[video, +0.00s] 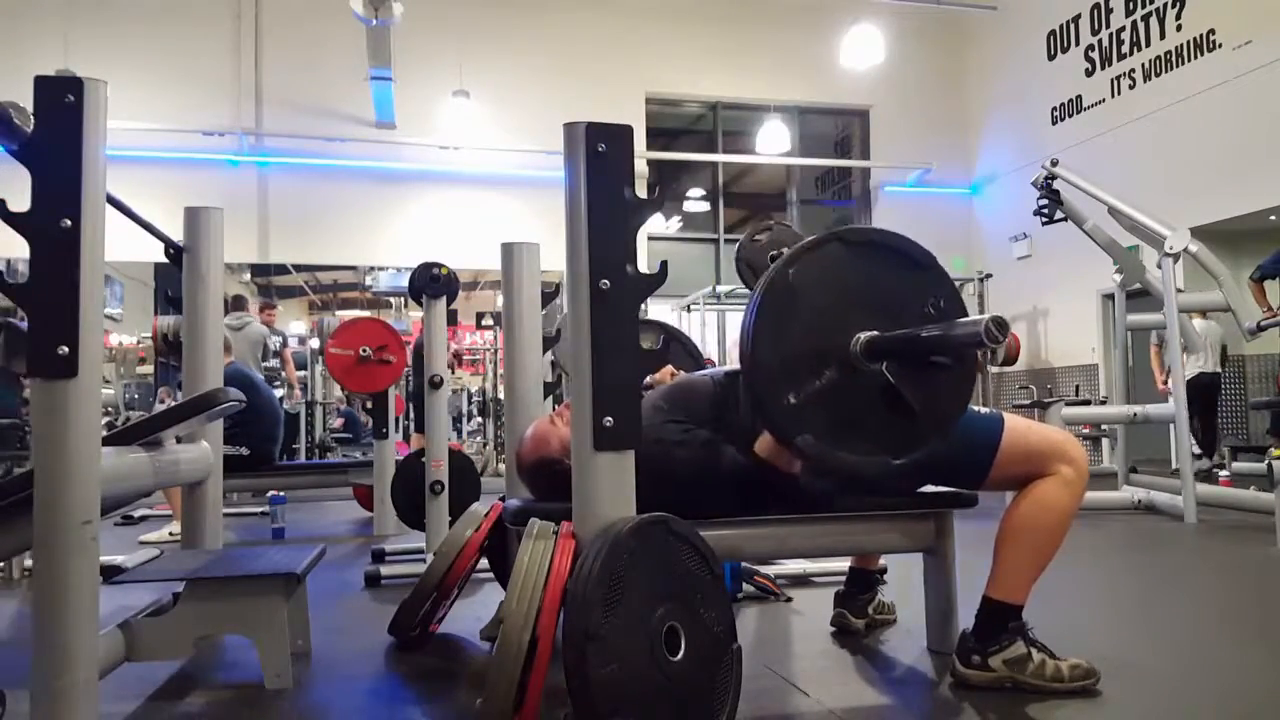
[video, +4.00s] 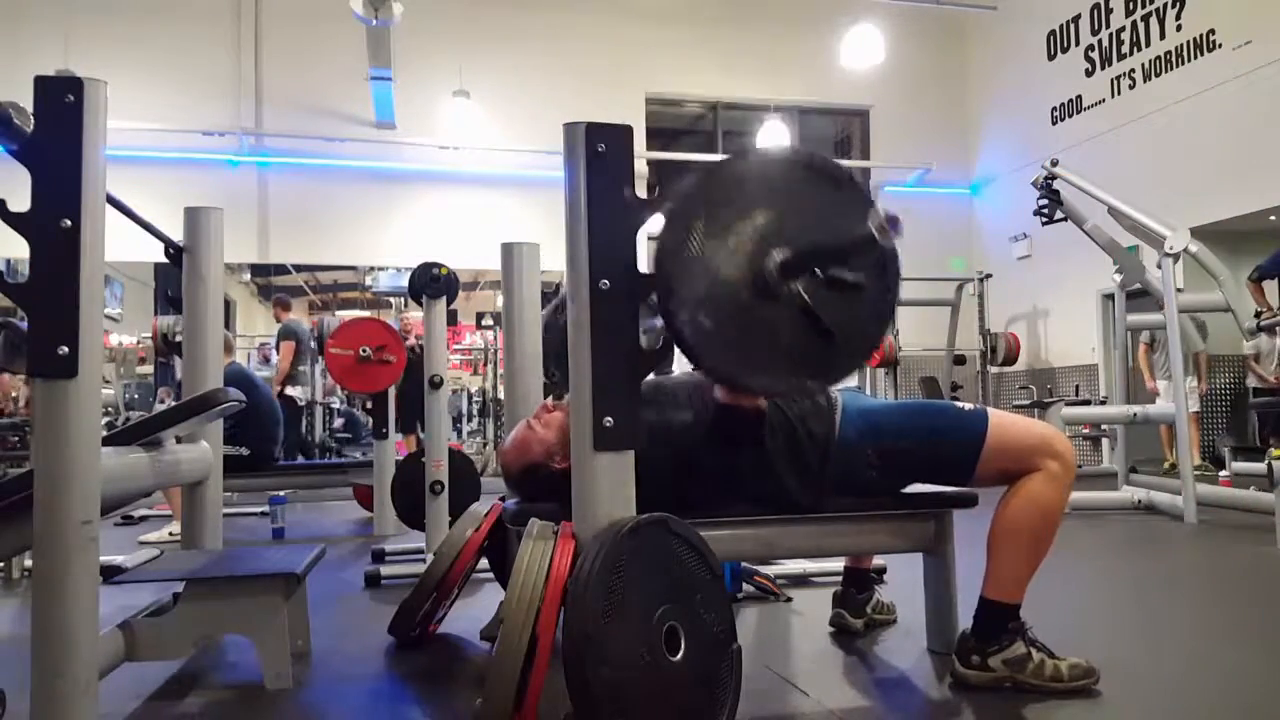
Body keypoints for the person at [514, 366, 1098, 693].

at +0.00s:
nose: (557, 406)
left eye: (548, 412)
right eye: (553, 419)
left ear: (566, 455)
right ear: (572, 447)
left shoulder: (627, 429)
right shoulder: (647, 448)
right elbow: (774, 457)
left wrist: (662, 383)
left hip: (813, 439)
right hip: (850, 447)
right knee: (1063, 459)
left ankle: (857, 597)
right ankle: (993, 640)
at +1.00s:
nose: (552, 409)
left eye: (542, 413)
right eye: (544, 426)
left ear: (562, 425)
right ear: (563, 463)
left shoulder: (616, 436)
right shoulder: (627, 458)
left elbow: (649, 371)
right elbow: (654, 356)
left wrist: (663, 277)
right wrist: (668, 272)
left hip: (827, 420)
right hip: (845, 433)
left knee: (915, 439)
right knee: (1053, 452)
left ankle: (858, 593)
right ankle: (993, 640)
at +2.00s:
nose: (550, 406)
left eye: (540, 413)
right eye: (544, 424)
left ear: (557, 419)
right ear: (562, 456)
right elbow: (750, 457)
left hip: (811, 417)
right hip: (839, 440)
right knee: (1058, 456)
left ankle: (857, 598)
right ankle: (991, 642)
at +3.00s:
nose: (543, 408)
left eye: (531, 415)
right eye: (536, 426)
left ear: (552, 448)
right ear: (558, 460)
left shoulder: (602, 431)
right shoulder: (618, 434)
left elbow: (641, 329)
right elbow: (657, 307)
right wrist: (658, 218)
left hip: (813, 426)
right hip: (841, 433)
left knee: (914, 432)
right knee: (1049, 451)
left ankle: (860, 594)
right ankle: (991, 642)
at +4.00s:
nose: (537, 421)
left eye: (530, 420)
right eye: (531, 429)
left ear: (533, 440)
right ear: (533, 459)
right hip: (803, 433)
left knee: (891, 435)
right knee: (1051, 454)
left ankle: (857, 591)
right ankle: (993, 637)